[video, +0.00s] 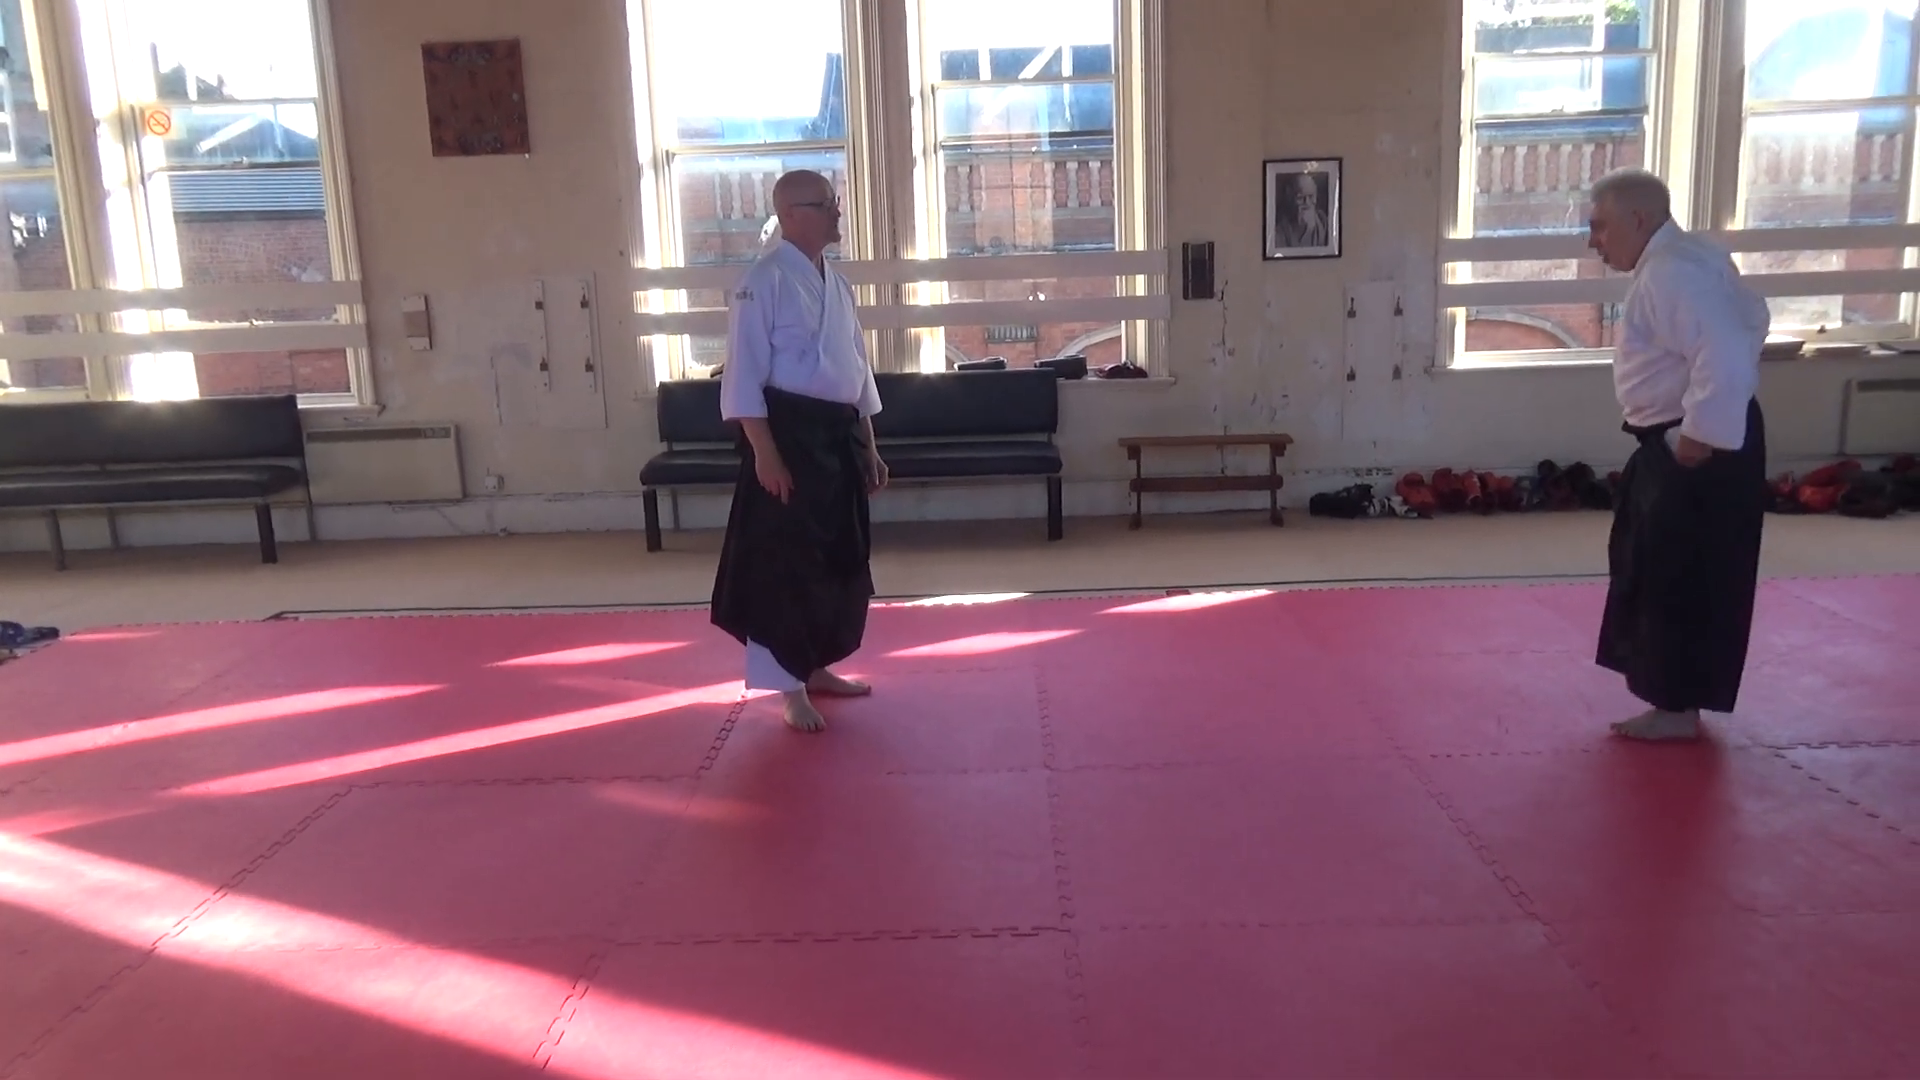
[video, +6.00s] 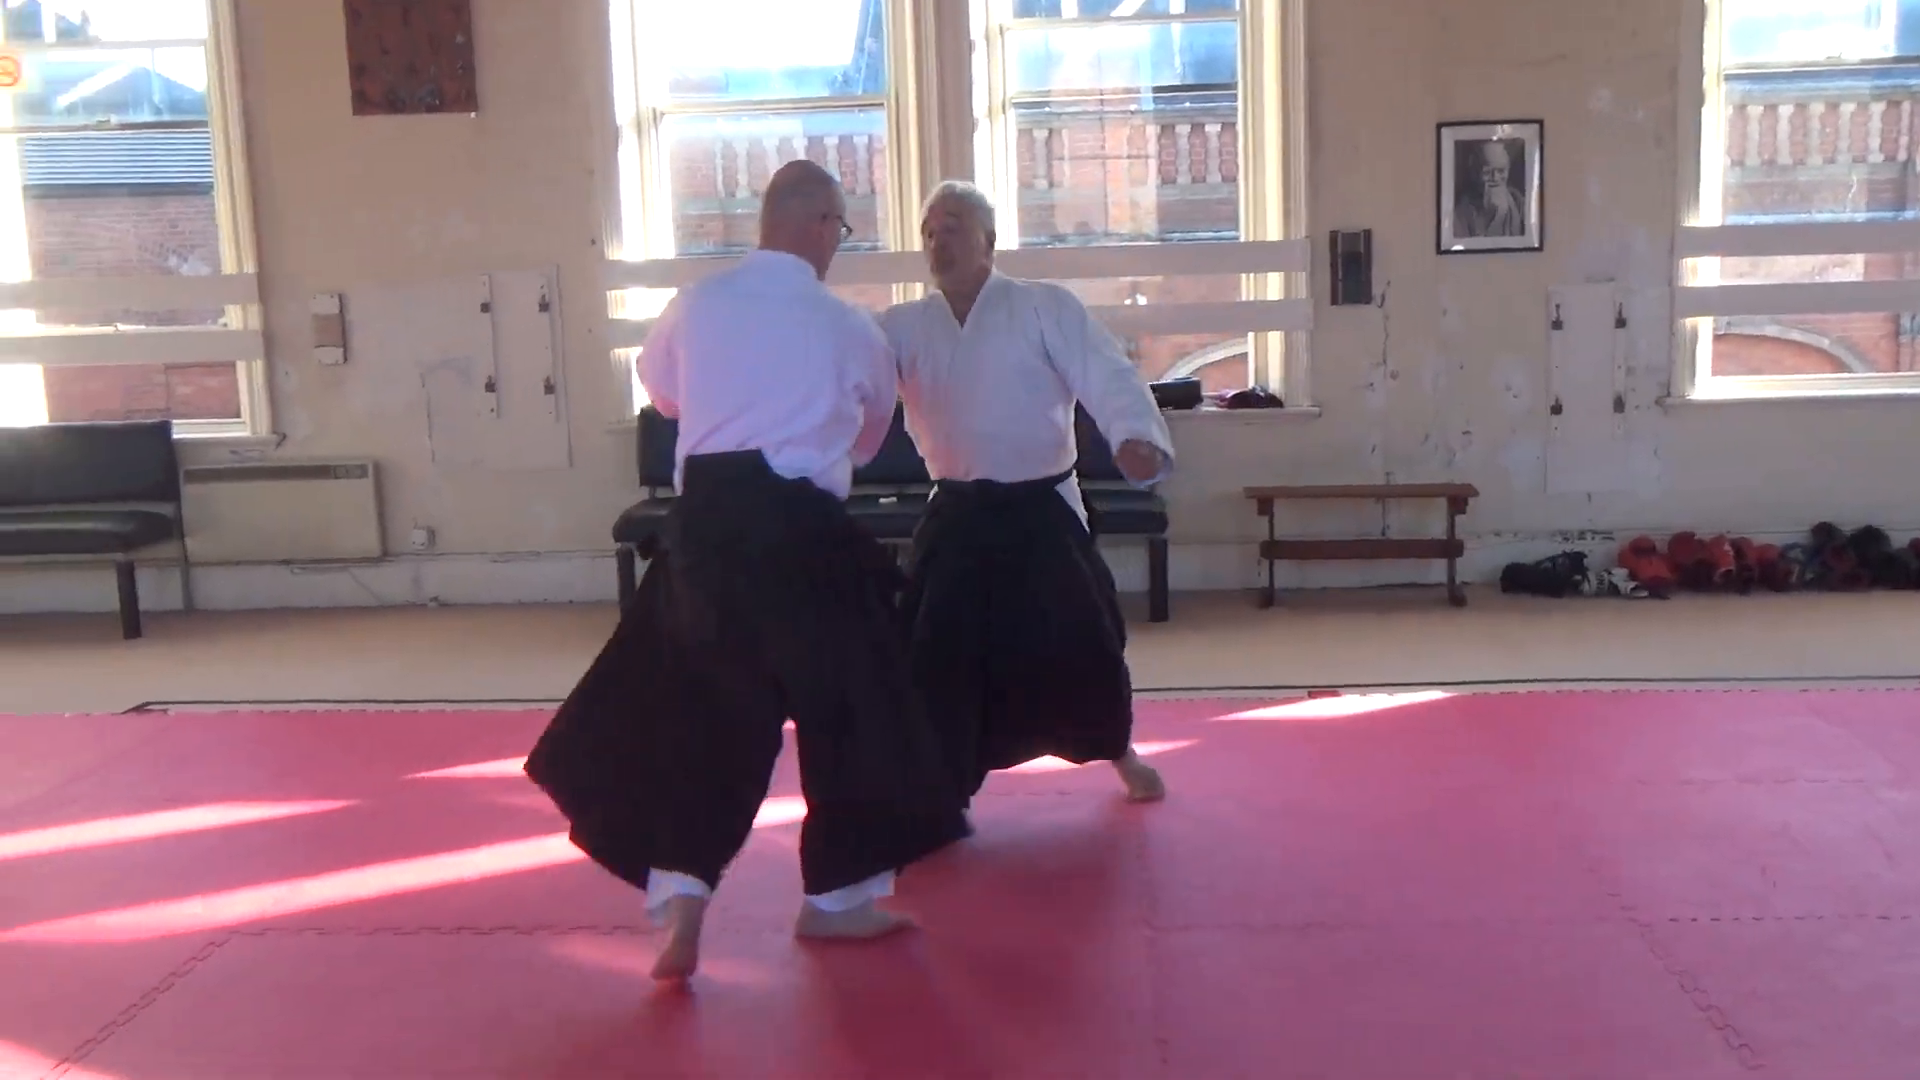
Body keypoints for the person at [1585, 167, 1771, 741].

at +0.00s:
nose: (1593, 239)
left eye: (1600, 225)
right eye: (1592, 226)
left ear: (1640, 219)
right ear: (1646, 221)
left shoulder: (1671, 268)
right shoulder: (1691, 255)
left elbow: (1723, 347)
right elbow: (1754, 317)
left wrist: (1700, 429)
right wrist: (1724, 382)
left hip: (1690, 444)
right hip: (1693, 439)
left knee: (1677, 568)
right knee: (1679, 566)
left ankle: (1677, 706)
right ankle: (1674, 700)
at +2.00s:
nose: (1497, 246)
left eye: (1508, 234)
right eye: (1501, 233)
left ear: (1548, 241)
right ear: (1555, 242)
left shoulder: (1558, 303)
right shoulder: (1579, 294)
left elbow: (1560, 406)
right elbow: (1578, 401)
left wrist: (1520, 488)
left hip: (1531, 487)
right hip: (1578, 481)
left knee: (1490, 625)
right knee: (1585, 618)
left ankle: (1467, 760)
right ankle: (1605, 746)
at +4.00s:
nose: (1647, 215)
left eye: (1660, 199)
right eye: (1646, 199)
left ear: (1715, 197)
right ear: (1711, 199)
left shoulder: (1736, 287)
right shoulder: (1711, 273)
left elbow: (1648, 421)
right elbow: (1623, 366)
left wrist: (1582, 464)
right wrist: (1528, 427)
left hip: (1709, 526)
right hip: (1747, 516)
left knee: (1638, 703)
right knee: (1770, 704)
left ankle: (1615, 894)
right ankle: (1801, 879)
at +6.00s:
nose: (939, 236)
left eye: (953, 225)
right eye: (930, 227)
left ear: (988, 237)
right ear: (920, 242)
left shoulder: (1045, 308)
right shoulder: (902, 325)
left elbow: (1108, 375)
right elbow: (843, 382)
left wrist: (1136, 434)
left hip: (1045, 507)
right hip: (957, 512)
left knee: (1086, 638)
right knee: (936, 649)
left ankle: (1122, 753)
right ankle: (942, 794)